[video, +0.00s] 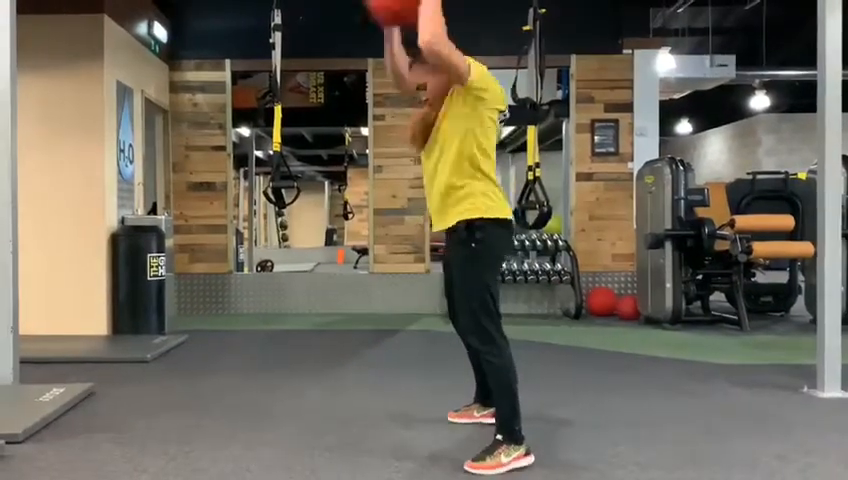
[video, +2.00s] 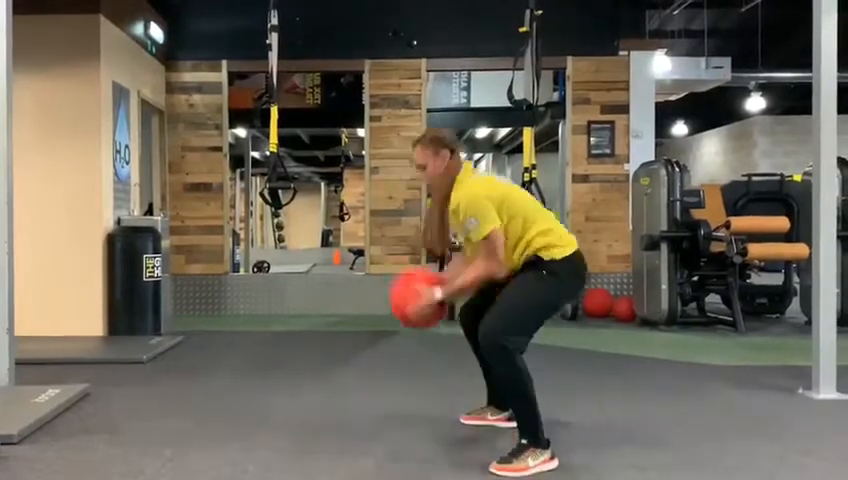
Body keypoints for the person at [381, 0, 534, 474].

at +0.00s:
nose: (426, 72)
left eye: (430, 62)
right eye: (425, 66)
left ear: (449, 57)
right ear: (428, 71)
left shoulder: (481, 85)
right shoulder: (443, 98)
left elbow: (432, 42)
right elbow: (401, 72)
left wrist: (427, 2)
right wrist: (391, 23)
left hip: (481, 221)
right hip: (459, 223)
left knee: (482, 325)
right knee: (464, 317)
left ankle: (513, 441)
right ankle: (487, 400)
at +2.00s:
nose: (422, 177)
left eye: (424, 167)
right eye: (419, 169)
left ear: (446, 158)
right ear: (444, 161)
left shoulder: (471, 194)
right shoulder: (460, 196)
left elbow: (494, 262)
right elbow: (466, 255)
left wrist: (444, 292)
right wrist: (437, 288)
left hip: (557, 264)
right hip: (534, 263)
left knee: (498, 337)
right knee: (474, 317)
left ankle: (536, 446)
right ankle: (502, 407)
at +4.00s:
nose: (385, 326)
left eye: (380, 320)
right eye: (378, 322)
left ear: (389, 301)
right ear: (392, 292)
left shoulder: (443, 304)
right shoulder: (432, 297)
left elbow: (456, 377)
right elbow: (448, 366)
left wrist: (451, 446)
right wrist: (440, 416)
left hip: (554, 343)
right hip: (550, 339)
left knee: (636, 405)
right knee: (628, 388)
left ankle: (756, 411)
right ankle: (712, 390)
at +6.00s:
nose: (414, 187)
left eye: (413, 178)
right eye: (409, 182)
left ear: (431, 160)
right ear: (428, 163)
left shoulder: (472, 181)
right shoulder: (459, 183)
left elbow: (487, 251)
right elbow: (480, 246)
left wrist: (461, 307)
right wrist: (473, 302)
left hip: (558, 260)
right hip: (531, 260)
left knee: (502, 342)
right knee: (488, 317)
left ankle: (552, 453)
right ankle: (514, 399)